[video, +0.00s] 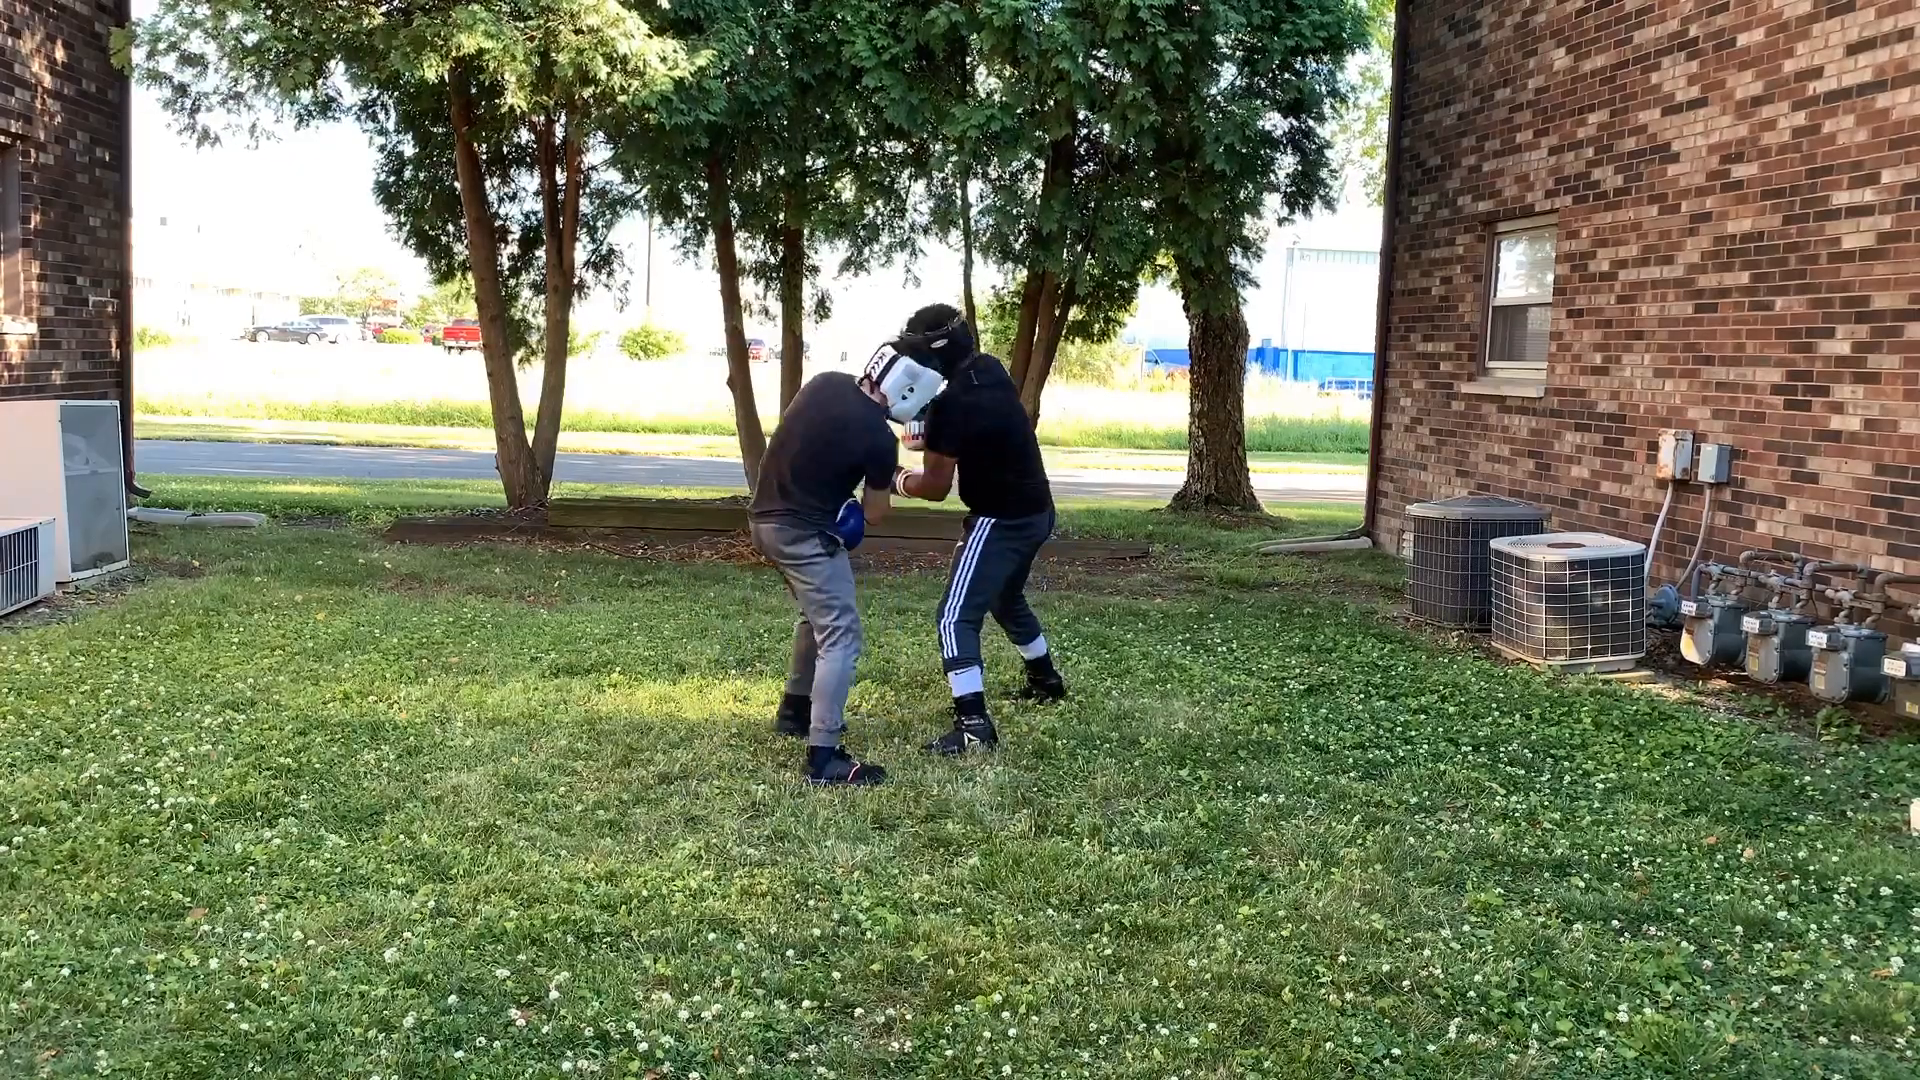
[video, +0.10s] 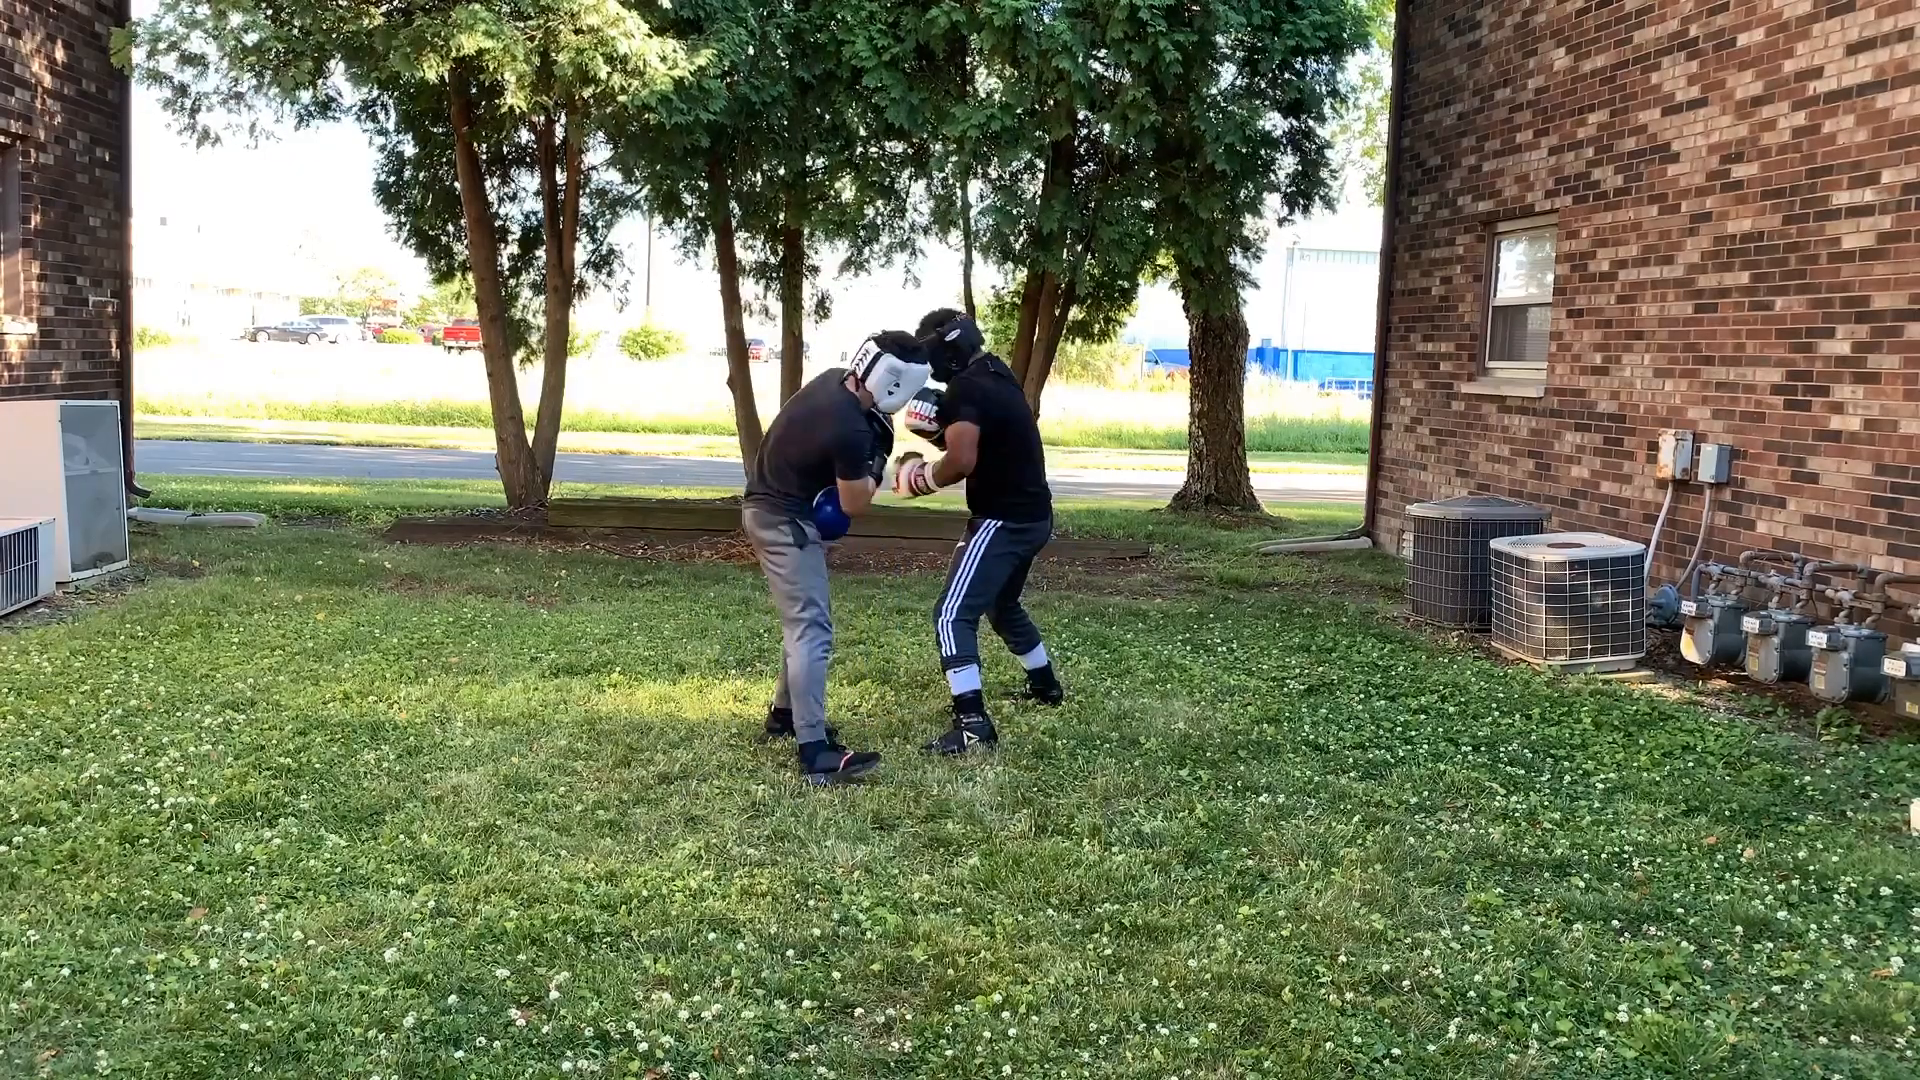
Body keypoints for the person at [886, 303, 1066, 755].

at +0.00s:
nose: (916, 364)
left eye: (919, 356)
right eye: (915, 356)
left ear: (934, 357)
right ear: (965, 342)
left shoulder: (949, 404)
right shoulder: (992, 369)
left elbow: (936, 487)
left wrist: (899, 478)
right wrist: (928, 434)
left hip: (999, 519)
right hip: (1032, 512)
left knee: (955, 616)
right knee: (1006, 602)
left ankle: (973, 724)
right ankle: (1045, 679)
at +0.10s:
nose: (930, 364)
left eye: (931, 354)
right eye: (927, 355)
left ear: (947, 350)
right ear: (970, 343)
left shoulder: (966, 386)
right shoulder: (996, 373)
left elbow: (961, 461)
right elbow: (978, 443)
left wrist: (924, 478)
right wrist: (932, 432)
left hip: (1002, 518)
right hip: (1029, 515)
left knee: (952, 613)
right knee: (1003, 607)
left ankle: (973, 724)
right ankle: (1045, 684)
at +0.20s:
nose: (935, 383)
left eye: (935, 372)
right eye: (931, 374)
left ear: (954, 364)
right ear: (971, 358)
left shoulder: (984, 387)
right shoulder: (992, 389)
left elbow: (1001, 449)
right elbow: (963, 479)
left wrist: (960, 495)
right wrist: (943, 446)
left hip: (1009, 523)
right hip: (1031, 521)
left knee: (947, 614)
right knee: (1000, 608)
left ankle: (971, 722)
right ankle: (1044, 683)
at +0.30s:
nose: (934, 401)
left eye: (936, 391)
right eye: (931, 394)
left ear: (956, 380)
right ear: (968, 376)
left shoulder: (993, 397)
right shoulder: (968, 418)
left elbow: (1031, 442)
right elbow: (962, 494)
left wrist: (994, 493)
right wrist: (952, 451)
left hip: (1016, 523)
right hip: (1035, 527)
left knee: (948, 611)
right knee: (998, 612)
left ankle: (971, 722)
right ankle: (1044, 685)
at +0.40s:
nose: (932, 413)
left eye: (935, 401)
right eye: (928, 404)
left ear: (957, 392)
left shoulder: (988, 401)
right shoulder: (968, 434)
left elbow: (1035, 434)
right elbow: (972, 515)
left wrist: (996, 482)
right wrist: (958, 477)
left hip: (1023, 525)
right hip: (1033, 527)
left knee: (955, 612)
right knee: (996, 616)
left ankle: (973, 724)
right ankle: (1045, 687)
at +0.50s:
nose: (929, 401)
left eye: (931, 391)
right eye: (926, 393)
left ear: (952, 385)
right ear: (958, 385)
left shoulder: (991, 400)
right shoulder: (981, 421)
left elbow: (1037, 432)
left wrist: (986, 465)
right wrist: (962, 470)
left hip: (1025, 524)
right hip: (1030, 525)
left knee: (959, 612)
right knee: (1001, 615)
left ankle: (974, 725)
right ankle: (1045, 687)